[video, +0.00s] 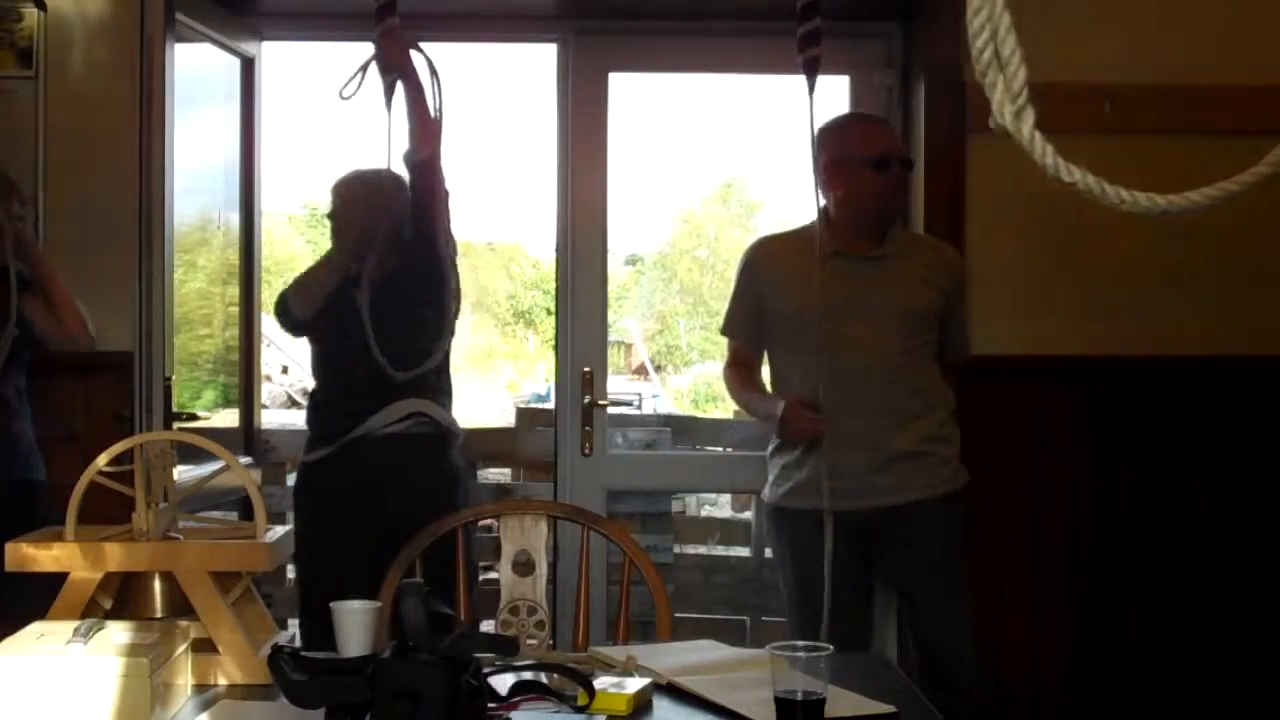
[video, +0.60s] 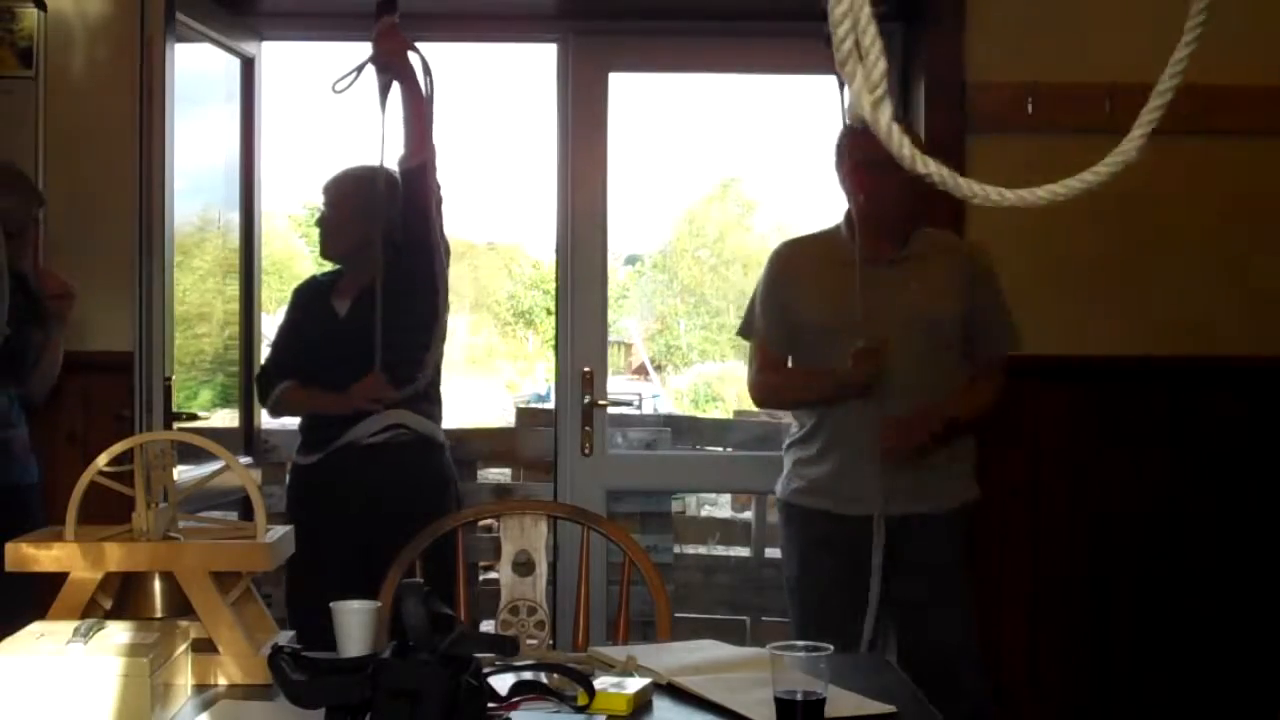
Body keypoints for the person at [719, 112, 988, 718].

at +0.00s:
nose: (900, 179)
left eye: (903, 167)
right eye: (882, 166)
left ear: (907, 173)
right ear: (829, 177)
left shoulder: (938, 264)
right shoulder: (769, 261)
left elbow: (956, 373)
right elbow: (739, 371)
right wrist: (773, 411)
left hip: (921, 496)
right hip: (811, 502)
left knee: (946, 669)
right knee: (829, 668)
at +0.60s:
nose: (872, 182)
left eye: (886, 167)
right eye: (861, 167)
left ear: (915, 177)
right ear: (842, 176)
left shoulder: (960, 265)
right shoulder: (794, 263)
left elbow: (993, 376)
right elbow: (764, 385)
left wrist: (936, 419)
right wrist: (837, 381)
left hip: (932, 507)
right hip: (824, 506)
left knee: (940, 673)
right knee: (826, 670)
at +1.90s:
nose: (899, 167)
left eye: (911, 154)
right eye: (882, 157)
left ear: (930, 169)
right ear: (855, 176)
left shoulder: (974, 253)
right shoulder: (819, 265)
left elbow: (1009, 376)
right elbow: (785, 386)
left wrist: (1022, 483)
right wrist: (741, 372)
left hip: (953, 504)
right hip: (846, 506)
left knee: (957, 678)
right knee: (858, 677)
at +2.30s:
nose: (908, 169)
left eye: (920, 158)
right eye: (890, 158)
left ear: (935, 174)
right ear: (858, 177)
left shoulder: (973, 260)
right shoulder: (816, 266)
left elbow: (1004, 385)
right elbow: (803, 391)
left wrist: (1010, 498)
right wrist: (782, 374)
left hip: (942, 502)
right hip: (834, 502)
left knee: (947, 676)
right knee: (847, 675)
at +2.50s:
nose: (912, 169)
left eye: (923, 158)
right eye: (894, 158)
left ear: (936, 172)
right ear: (859, 178)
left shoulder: (976, 262)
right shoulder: (820, 265)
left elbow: (1006, 386)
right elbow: (806, 391)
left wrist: (1010, 500)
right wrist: (788, 378)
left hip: (942, 502)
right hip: (834, 501)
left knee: (948, 675)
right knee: (847, 673)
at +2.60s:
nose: (914, 168)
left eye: (924, 157)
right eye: (895, 158)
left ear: (938, 172)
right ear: (860, 178)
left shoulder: (975, 261)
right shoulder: (821, 265)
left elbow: (1007, 384)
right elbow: (807, 392)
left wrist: (1011, 500)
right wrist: (788, 378)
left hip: (944, 503)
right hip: (836, 502)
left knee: (947, 677)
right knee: (848, 674)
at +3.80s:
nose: (900, 167)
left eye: (916, 156)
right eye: (886, 156)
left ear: (940, 173)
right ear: (868, 173)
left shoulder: (979, 263)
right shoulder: (825, 266)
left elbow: (1012, 391)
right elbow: (809, 391)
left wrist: (1012, 504)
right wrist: (781, 383)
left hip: (952, 506)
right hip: (844, 504)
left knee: (954, 680)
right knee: (855, 679)